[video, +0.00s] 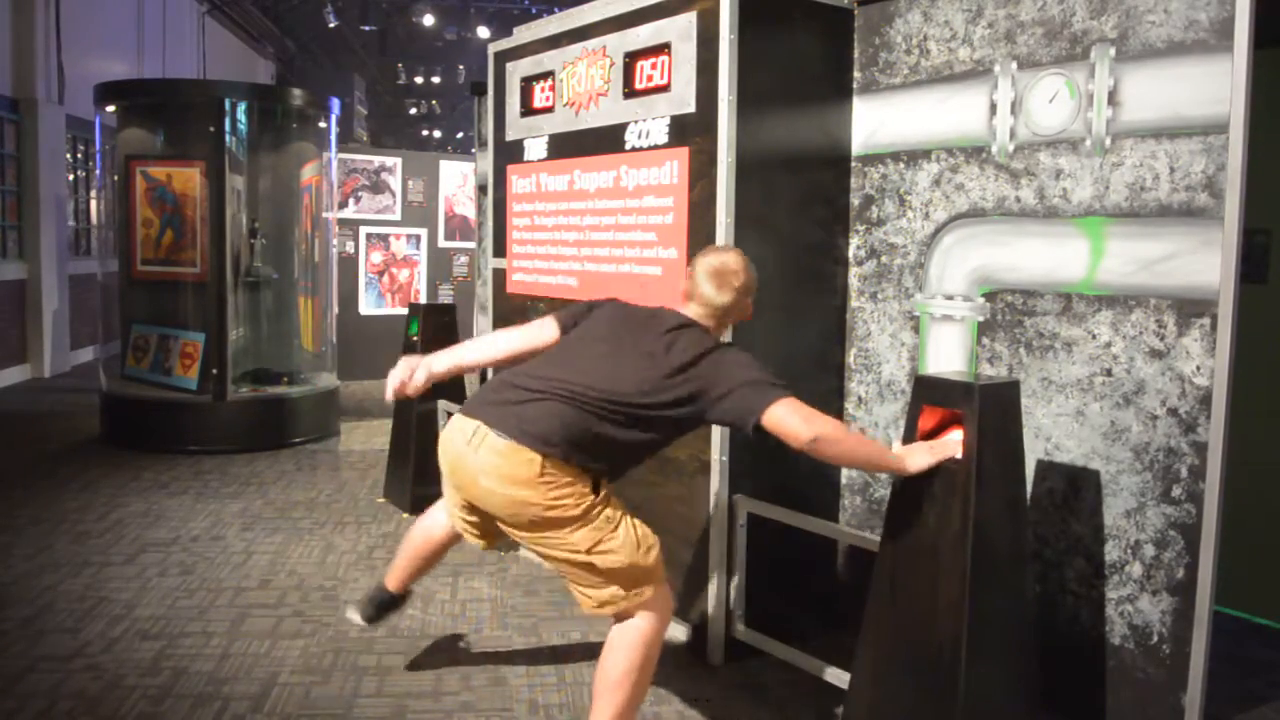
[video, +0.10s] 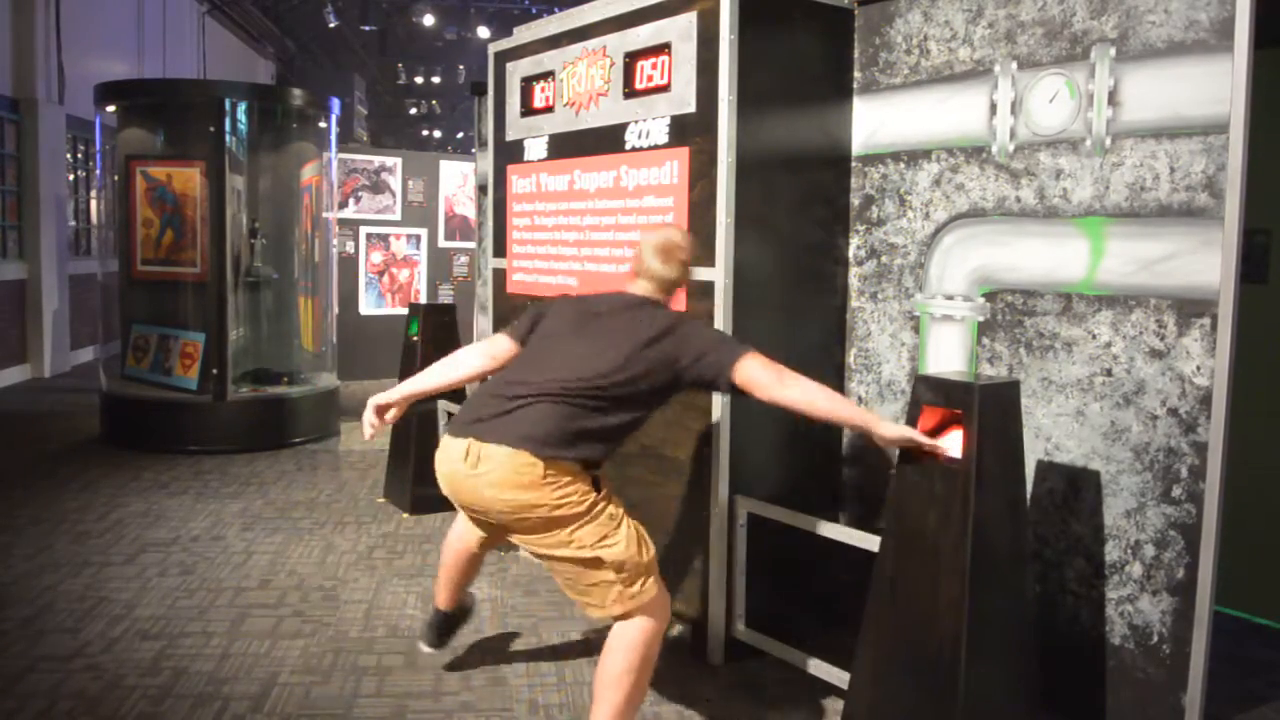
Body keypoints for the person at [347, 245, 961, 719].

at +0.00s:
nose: (737, 311)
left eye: (718, 293)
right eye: (743, 306)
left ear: (680, 286)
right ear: (739, 313)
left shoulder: (609, 313)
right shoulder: (719, 363)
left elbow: (516, 340)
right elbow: (808, 432)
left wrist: (431, 366)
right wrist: (902, 459)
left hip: (467, 433)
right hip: (536, 476)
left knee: (457, 507)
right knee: (647, 601)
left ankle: (381, 597)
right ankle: (606, 718)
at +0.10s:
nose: (675, 286)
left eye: (651, 270)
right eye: (683, 280)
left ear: (628, 273)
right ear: (682, 284)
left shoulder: (557, 311)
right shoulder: (685, 335)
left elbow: (484, 356)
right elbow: (775, 382)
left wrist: (401, 391)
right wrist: (876, 424)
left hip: (459, 459)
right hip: (534, 482)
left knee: (475, 519)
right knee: (644, 606)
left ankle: (441, 617)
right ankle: (606, 716)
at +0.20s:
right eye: (603, 221)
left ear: (556, 233)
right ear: (604, 235)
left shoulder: (508, 290)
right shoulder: (617, 285)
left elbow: (434, 346)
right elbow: (694, 337)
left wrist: (393, 378)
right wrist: (793, 393)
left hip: (457, 458)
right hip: (533, 464)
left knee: (483, 525)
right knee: (627, 590)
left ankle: (464, 644)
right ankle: (602, 715)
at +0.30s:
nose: (547, 191)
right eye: (545, 183)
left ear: (490, 194)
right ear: (539, 192)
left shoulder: (458, 258)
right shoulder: (550, 238)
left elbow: (425, 314)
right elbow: (619, 280)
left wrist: (437, 323)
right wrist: (710, 314)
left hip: (448, 420)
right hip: (515, 415)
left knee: (469, 519)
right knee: (555, 558)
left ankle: (464, 645)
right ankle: (580, 709)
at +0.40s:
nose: (506, 160)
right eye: (510, 150)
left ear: (455, 158)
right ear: (506, 153)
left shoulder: (435, 215)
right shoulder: (515, 203)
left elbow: (395, 261)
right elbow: (578, 241)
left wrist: (400, 269)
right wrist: (666, 258)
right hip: (483, 372)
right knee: (527, 495)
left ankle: (465, 640)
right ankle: (478, 652)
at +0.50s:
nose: (486, 136)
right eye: (486, 127)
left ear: (434, 135)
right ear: (484, 131)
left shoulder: (414, 185)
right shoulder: (486, 181)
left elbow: (362, 248)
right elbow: (527, 231)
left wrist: (370, 273)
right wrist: (612, 259)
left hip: (405, 349)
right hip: (451, 352)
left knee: (441, 469)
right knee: (494, 465)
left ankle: (428, 581)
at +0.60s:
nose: (469, 144)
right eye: (468, 136)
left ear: (416, 144)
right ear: (464, 141)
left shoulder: (394, 198)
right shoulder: (459, 193)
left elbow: (352, 261)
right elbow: (475, 253)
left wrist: (345, 313)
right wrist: (556, 296)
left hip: (384, 344)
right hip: (425, 351)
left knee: (418, 439)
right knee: (460, 457)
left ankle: (390, 535)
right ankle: (368, 564)